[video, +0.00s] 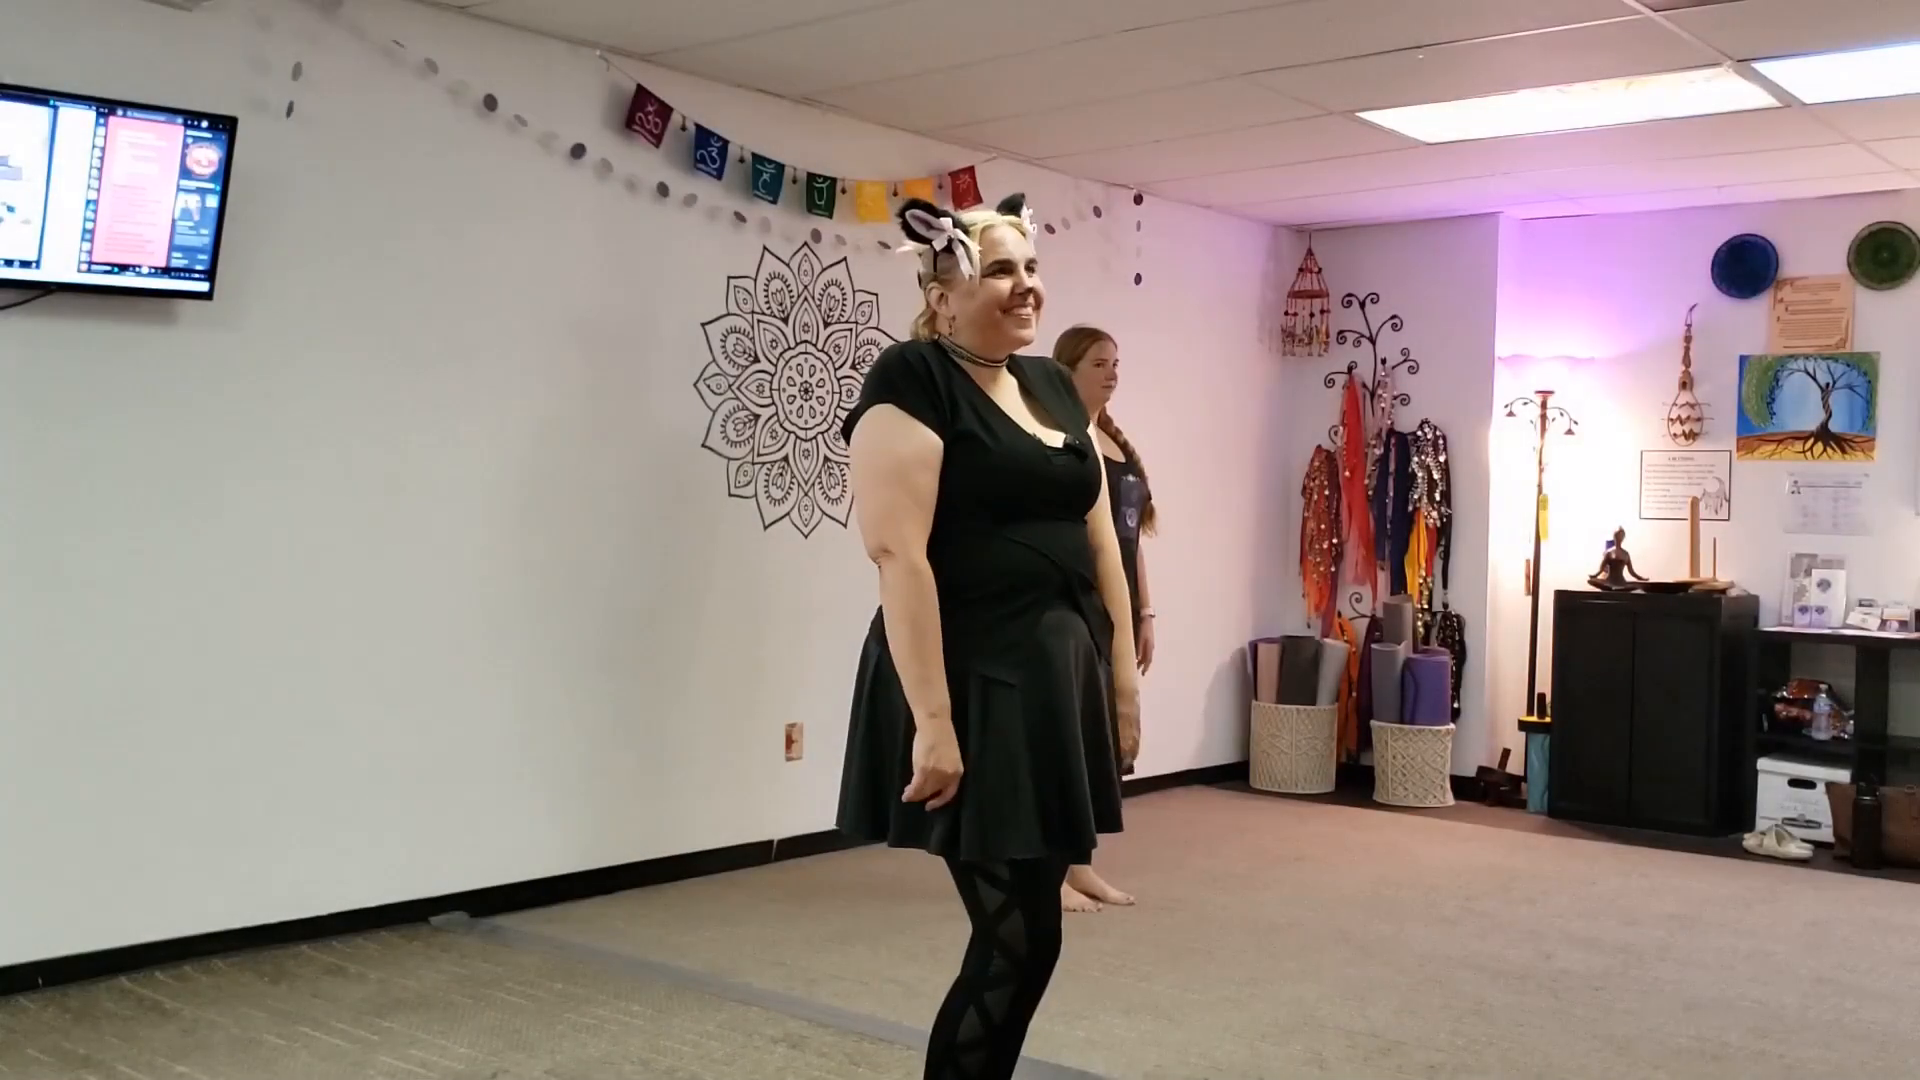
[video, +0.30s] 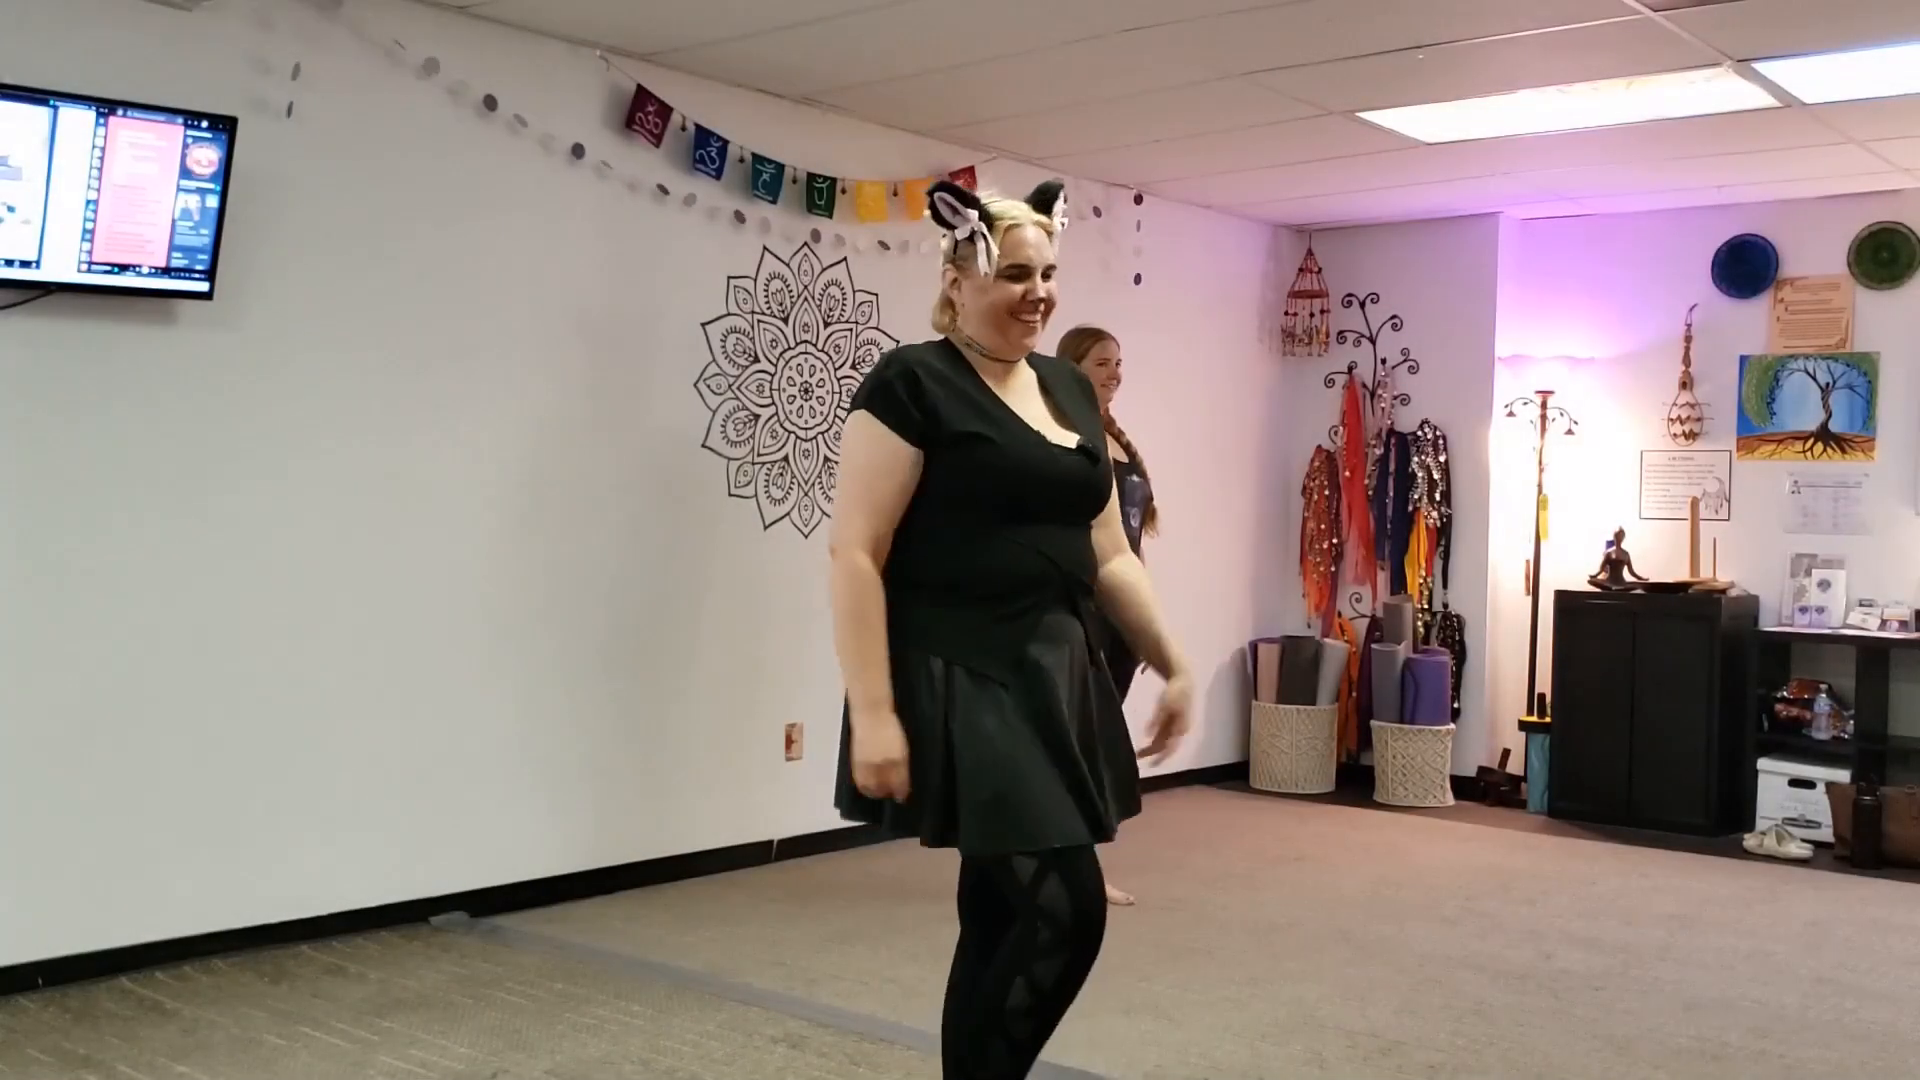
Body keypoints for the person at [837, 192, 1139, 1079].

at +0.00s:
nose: (1027, 284)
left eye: (1031, 269)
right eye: (1000, 271)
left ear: (1039, 282)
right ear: (941, 298)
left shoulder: (1051, 386)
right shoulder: (910, 379)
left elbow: (1102, 535)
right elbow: (897, 554)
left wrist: (1124, 675)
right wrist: (931, 720)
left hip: (1060, 683)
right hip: (968, 689)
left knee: (1021, 937)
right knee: (1019, 941)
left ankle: (969, 1069)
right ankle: (957, 1072)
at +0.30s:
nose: (1038, 290)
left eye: (1047, 274)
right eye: (1015, 273)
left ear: (1056, 281)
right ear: (956, 281)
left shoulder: (1067, 389)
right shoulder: (909, 384)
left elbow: (1108, 550)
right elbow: (855, 550)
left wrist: (1175, 664)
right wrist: (869, 711)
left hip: (1054, 675)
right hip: (951, 675)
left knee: (999, 919)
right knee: (1068, 909)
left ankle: (971, 1066)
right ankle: (987, 1065)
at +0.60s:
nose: (1061, 276)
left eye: (1074, 258)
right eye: (1035, 259)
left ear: (1088, 275)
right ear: (989, 276)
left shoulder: (1109, 401)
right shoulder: (945, 376)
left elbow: (1157, 555)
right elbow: (854, 534)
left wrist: (1310, 548)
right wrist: (778, 678)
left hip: (1071, 678)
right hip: (960, 680)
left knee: (999, 932)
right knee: (1061, 940)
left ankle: (972, 1074)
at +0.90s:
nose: (1079, 266)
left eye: (1096, 247)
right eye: (1054, 253)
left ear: (1127, 268)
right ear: (1023, 284)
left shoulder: (1181, 398)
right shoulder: (982, 389)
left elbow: (1258, 547)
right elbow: (879, 552)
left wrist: (1384, 456)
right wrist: (772, 681)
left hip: (1136, 715)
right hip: (998, 709)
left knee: (1101, 966)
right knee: (1070, 977)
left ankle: (1016, 1065)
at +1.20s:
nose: (1085, 266)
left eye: (1112, 250)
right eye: (1064, 248)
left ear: (1149, 276)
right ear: (1038, 274)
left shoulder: (1212, 383)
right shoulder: (984, 399)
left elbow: (1301, 549)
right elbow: (884, 566)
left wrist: (1395, 489)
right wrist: (751, 650)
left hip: (1180, 732)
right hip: (1022, 738)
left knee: (1210, 998)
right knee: (1079, 1029)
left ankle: (1159, 1049)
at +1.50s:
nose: (1054, 222)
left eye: (1086, 201)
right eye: (1042, 206)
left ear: (1148, 224)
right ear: (1029, 234)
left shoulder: (1219, 369)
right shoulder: (989, 367)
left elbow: (1286, 569)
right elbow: (918, 551)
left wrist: (1374, 699)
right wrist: (803, 641)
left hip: (1164, 749)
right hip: (1010, 748)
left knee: (1103, 1047)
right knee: (1061, 1041)